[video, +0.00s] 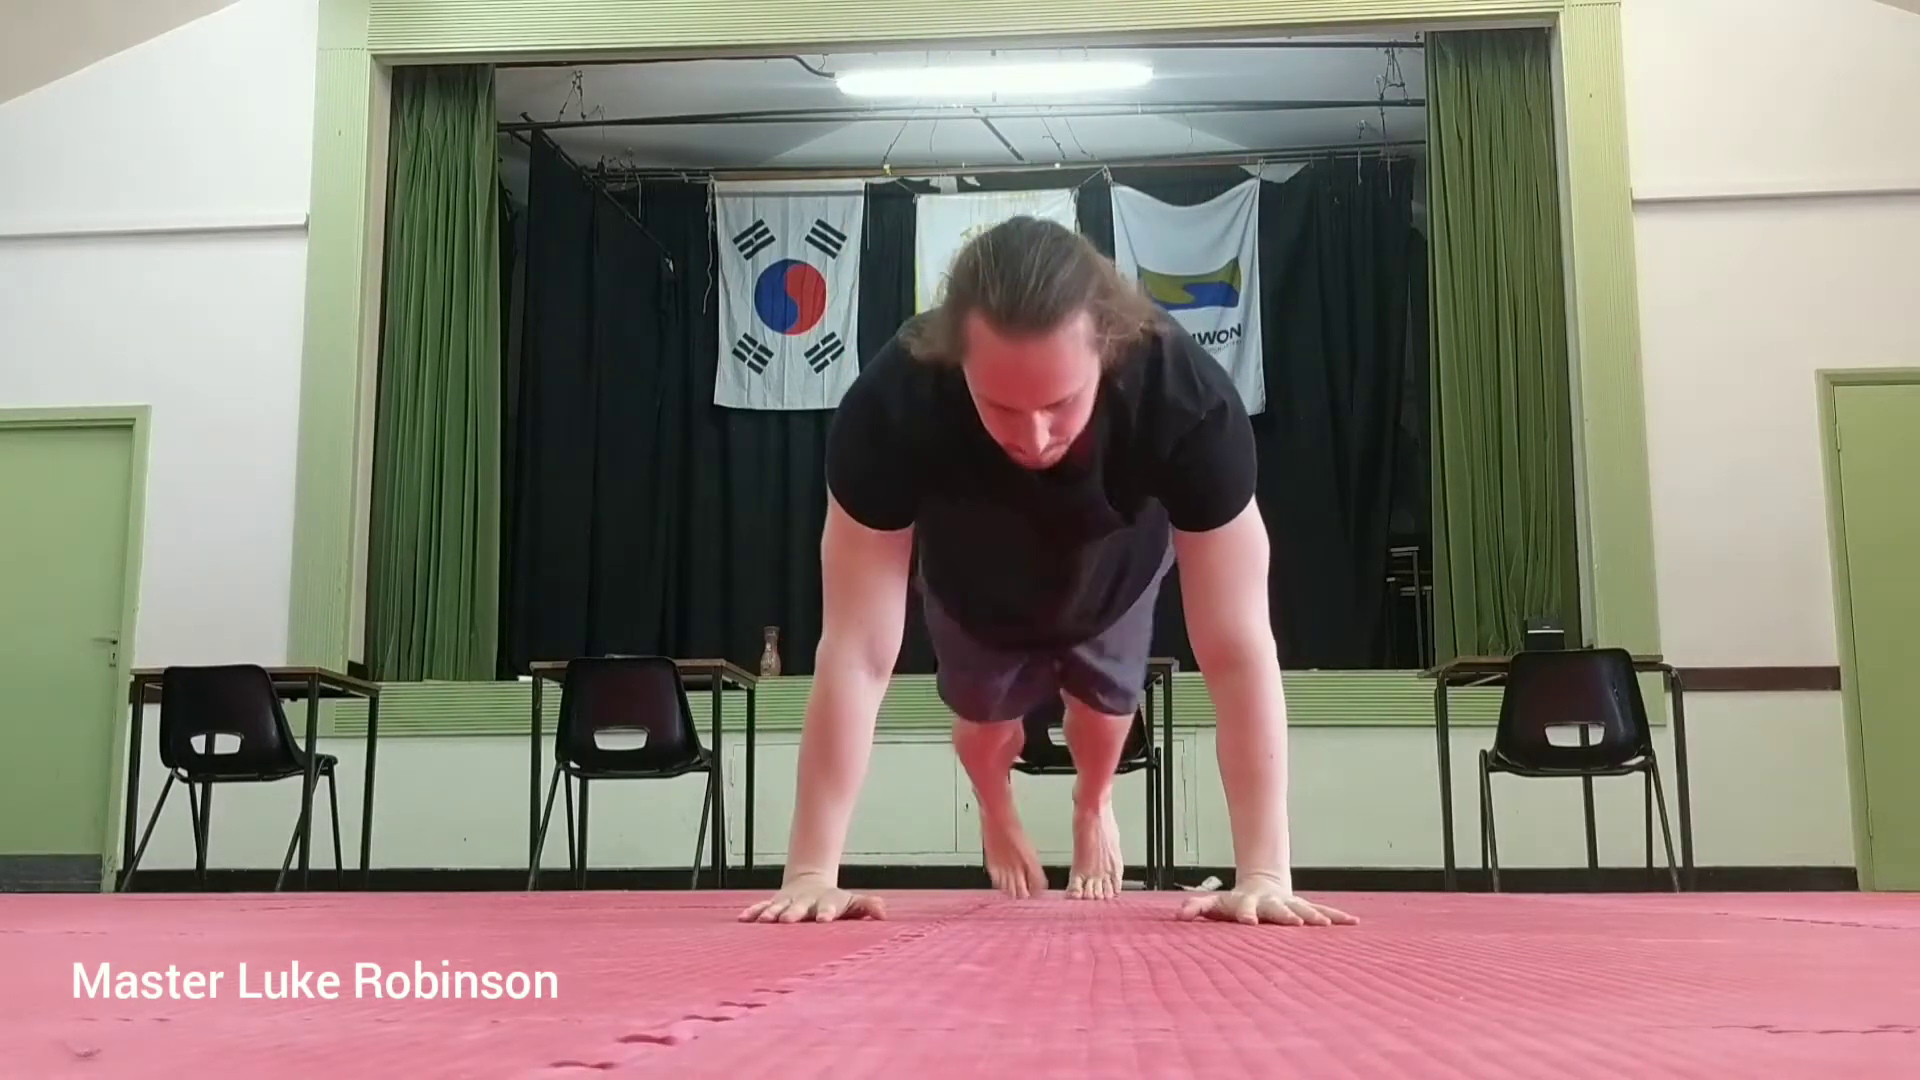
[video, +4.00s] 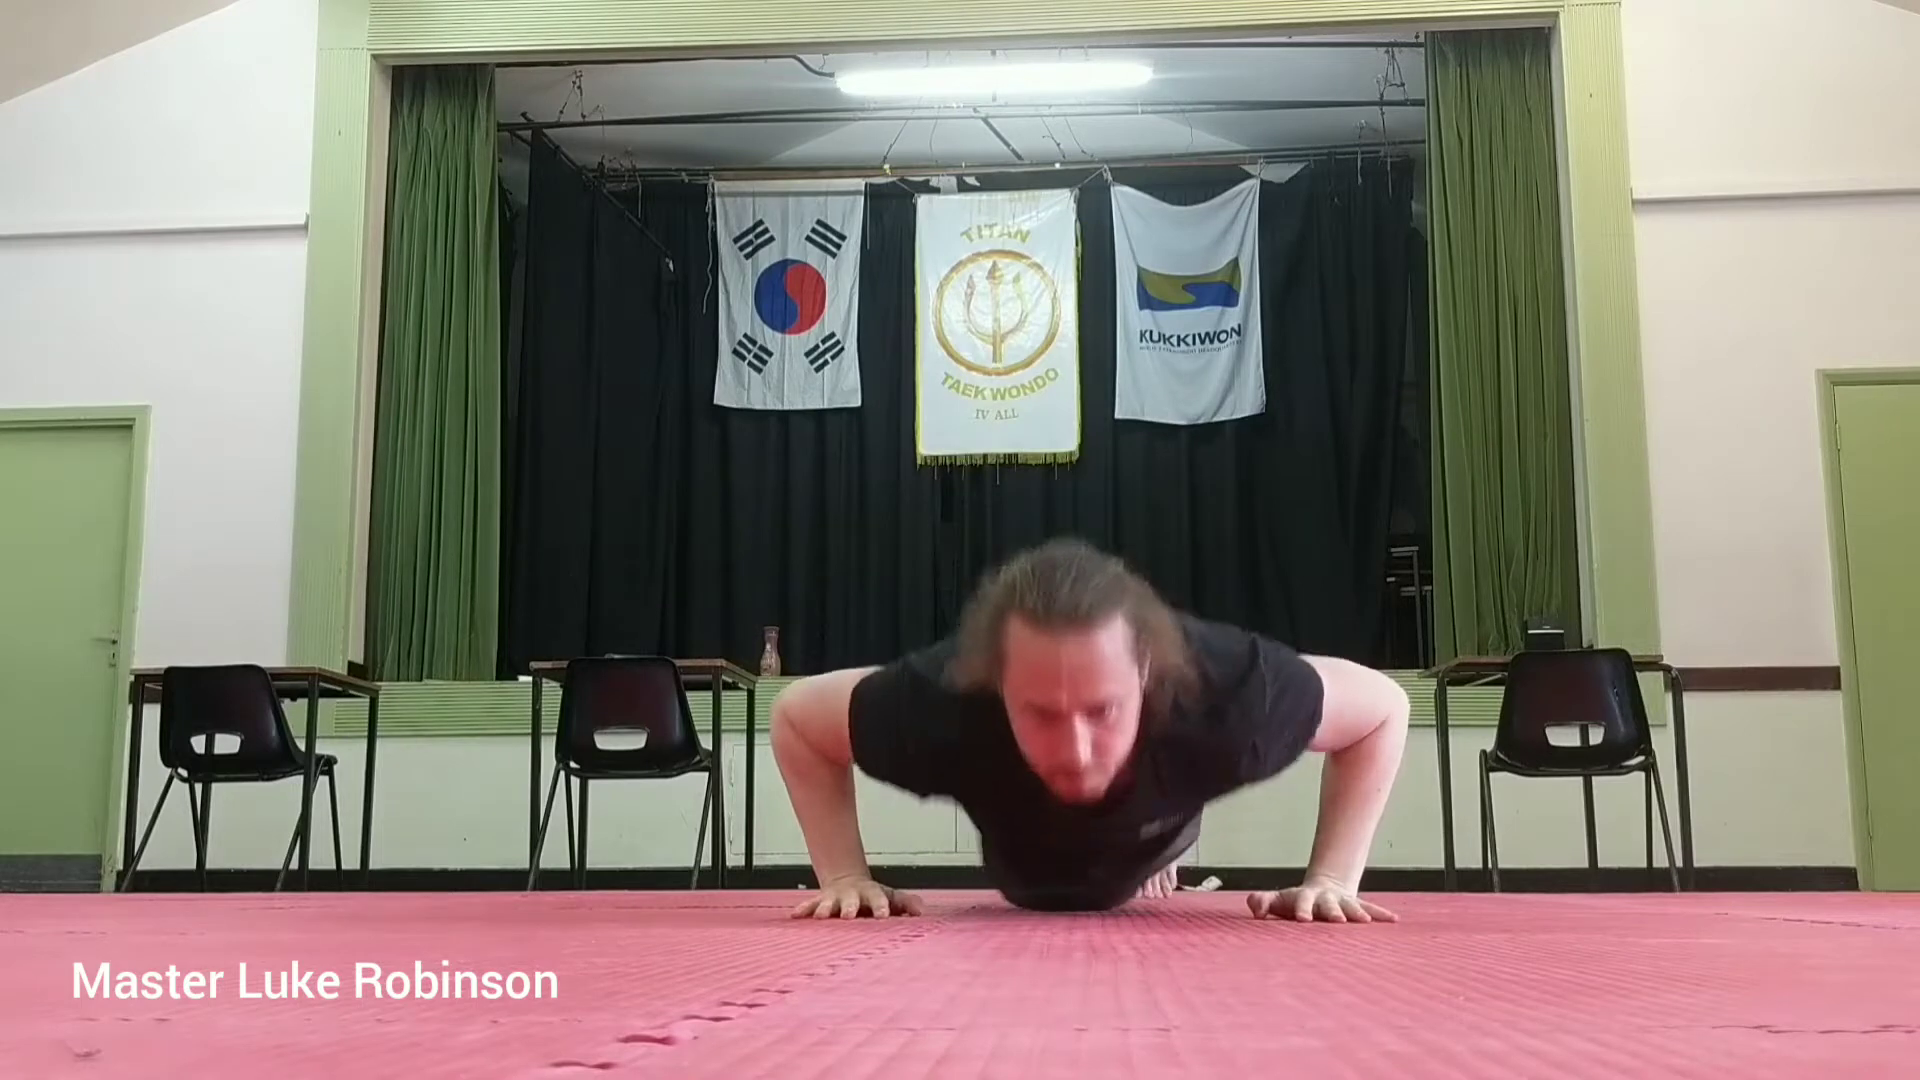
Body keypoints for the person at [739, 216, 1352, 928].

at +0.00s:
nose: (1033, 438)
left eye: (1061, 406)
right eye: (1004, 410)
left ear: (1107, 353)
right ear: (959, 360)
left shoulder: (1185, 406)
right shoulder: (893, 412)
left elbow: (1238, 653)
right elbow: (856, 652)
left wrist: (1262, 873)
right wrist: (811, 868)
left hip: (1114, 589)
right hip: (973, 594)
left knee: (1106, 714)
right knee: (986, 724)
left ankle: (1094, 813)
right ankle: (998, 819)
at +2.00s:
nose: (1075, 451)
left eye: (1099, 419)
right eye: (1046, 423)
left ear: (1140, 379)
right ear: (1010, 389)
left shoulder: (1219, 443)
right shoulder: (957, 466)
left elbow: (1266, 666)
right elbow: (913, 674)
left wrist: (1298, 873)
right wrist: (874, 870)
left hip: (1167, 617)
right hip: (1040, 627)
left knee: (1155, 725)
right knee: (1050, 724)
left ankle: (1136, 817)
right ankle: (1052, 829)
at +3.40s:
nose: (1078, 469)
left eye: (1102, 435)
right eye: (1050, 441)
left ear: (1145, 403)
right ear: (1008, 416)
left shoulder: (1226, 481)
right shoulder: (955, 492)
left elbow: (1325, 688)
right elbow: (868, 688)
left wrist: (1331, 875)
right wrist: (850, 876)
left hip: (1165, 669)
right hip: (1032, 678)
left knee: (1152, 760)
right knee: (1066, 767)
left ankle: (1144, 813)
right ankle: (1087, 817)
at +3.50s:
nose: (1082, 617)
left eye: (1103, 582)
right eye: (1051, 587)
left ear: (1147, 544)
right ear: (1010, 557)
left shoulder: (1228, 571)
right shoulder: (958, 591)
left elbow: (1356, 713)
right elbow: (822, 721)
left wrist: (1334, 870)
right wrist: (846, 874)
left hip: (1164, 751)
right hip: (1042, 767)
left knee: (1156, 789)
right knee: (1071, 808)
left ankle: (1148, 829)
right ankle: (1082, 840)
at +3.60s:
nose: (1076, 702)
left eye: (1101, 669)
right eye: (1048, 674)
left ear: (1149, 629)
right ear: (1003, 642)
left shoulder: (1236, 643)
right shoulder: (948, 664)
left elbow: (1375, 715)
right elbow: (808, 723)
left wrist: (1336, 875)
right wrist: (844, 875)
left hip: (1165, 789)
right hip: (1031, 802)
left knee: (1153, 820)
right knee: (1060, 836)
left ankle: (1150, 850)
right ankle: (1079, 858)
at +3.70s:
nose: (1073, 767)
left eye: (1098, 732)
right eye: (1041, 736)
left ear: (1144, 689)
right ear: (997, 696)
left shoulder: (1230, 690)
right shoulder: (943, 711)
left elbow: (1383, 708)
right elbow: (802, 722)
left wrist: (1335, 875)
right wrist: (842, 874)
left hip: (1161, 830)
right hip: (1014, 854)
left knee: (1148, 867)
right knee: (1047, 870)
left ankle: (1146, 880)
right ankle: (1097, 881)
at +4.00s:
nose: (1077, 750)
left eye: (1102, 714)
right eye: (1044, 716)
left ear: (1147, 680)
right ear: (999, 686)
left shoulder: (1229, 697)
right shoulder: (946, 705)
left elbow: (1380, 711)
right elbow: (800, 719)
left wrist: (1333, 875)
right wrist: (843, 872)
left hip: (1152, 844)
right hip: (1024, 858)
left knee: (1152, 872)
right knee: (1049, 887)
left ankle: (1157, 877)